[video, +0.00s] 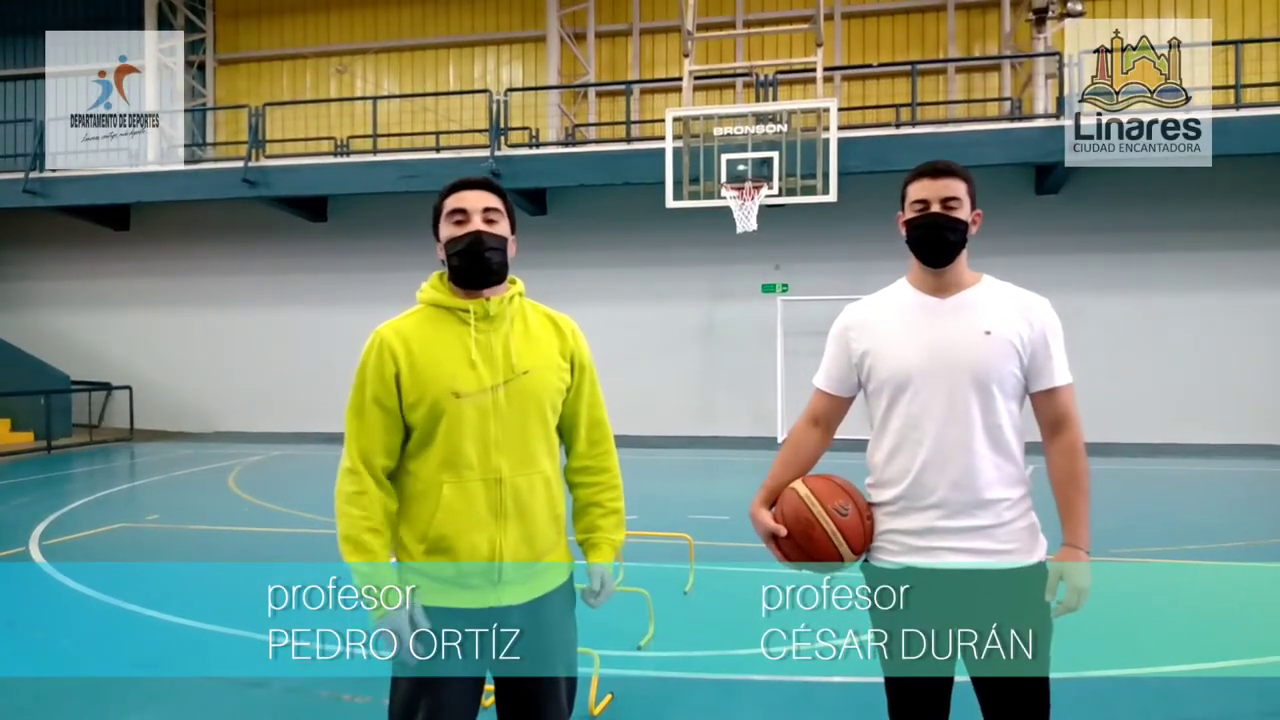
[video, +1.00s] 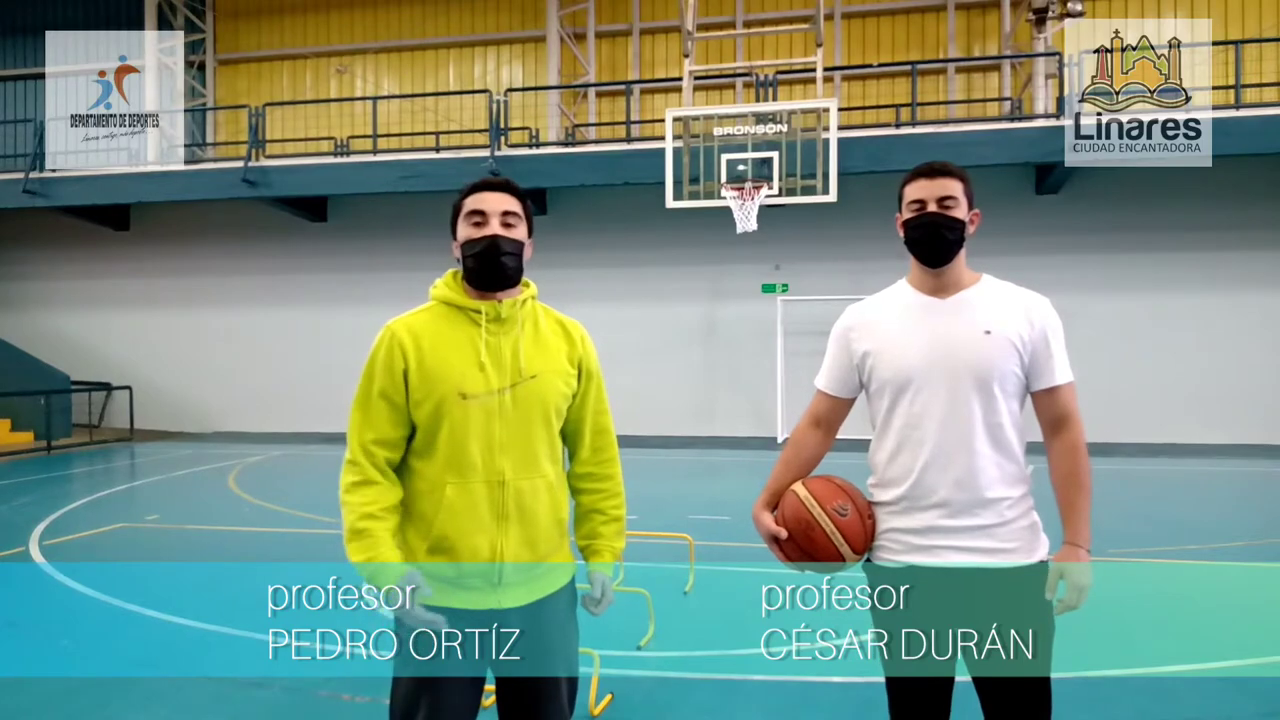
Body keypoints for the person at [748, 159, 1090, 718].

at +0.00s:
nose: (934, 216)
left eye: (949, 205)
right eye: (920, 207)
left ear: (974, 220)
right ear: (901, 224)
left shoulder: (1026, 315)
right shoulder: (861, 321)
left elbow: (1061, 432)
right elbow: (816, 424)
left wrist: (1075, 544)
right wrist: (762, 501)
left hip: (1006, 561)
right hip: (902, 562)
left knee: (1020, 711)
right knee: (914, 713)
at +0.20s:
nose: (933, 216)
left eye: (948, 206)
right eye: (918, 207)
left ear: (973, 221)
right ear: (901, 225)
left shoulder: (1026, 315)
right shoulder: (861, 321)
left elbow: (1062, 431)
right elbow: (816, 423)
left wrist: (1076, 544)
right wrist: (761, 501)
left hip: (1005, 560)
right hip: (902, 562)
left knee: (1017, 710)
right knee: (914, 712)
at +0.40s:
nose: (932, 216)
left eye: (947, 205)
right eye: (917, 208)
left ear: (973, 220)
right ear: (900, 226)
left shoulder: (1026, 314)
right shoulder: (860, 322)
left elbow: (1063, 429)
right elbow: (815, 423)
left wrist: (1076, 543)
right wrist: (761, 501)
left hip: (1006, 561)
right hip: (903, 562)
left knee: (1019, 711)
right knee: (914, 712)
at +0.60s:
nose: (931, 215)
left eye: (946, 205)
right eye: (916, 207)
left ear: (972, 220)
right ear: (899, 226)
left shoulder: (1026, 314)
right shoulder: (861, 322)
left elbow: (1064, 429)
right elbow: (816, 423)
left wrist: (1078, 543)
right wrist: (762, 502)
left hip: (1006, 561)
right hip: (903, 562)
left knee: (1019, 712)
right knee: (915, 712)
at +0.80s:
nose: (932, 215)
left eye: (947, 205)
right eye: (917, 207)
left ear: (973, 220)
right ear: (900, 226)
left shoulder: (1027, 314)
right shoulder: (862, 323)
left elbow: (1063, 430)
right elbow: (817, 424)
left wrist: (1077, 542)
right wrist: (763, 502)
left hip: (1007, 560)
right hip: (904, 561)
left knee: (1020, 711)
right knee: (915, 712)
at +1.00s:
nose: (931, 215)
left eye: (946, 204)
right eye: (916, 207)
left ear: (972, 220)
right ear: (899, 226)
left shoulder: (1026, 314)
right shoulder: (862, 323)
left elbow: (1063, 430)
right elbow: (818, 425)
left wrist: (1076, 543)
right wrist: (764, 503)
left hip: (1007, 559)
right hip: (904, 560)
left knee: (1020, 711)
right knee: (915, 712)